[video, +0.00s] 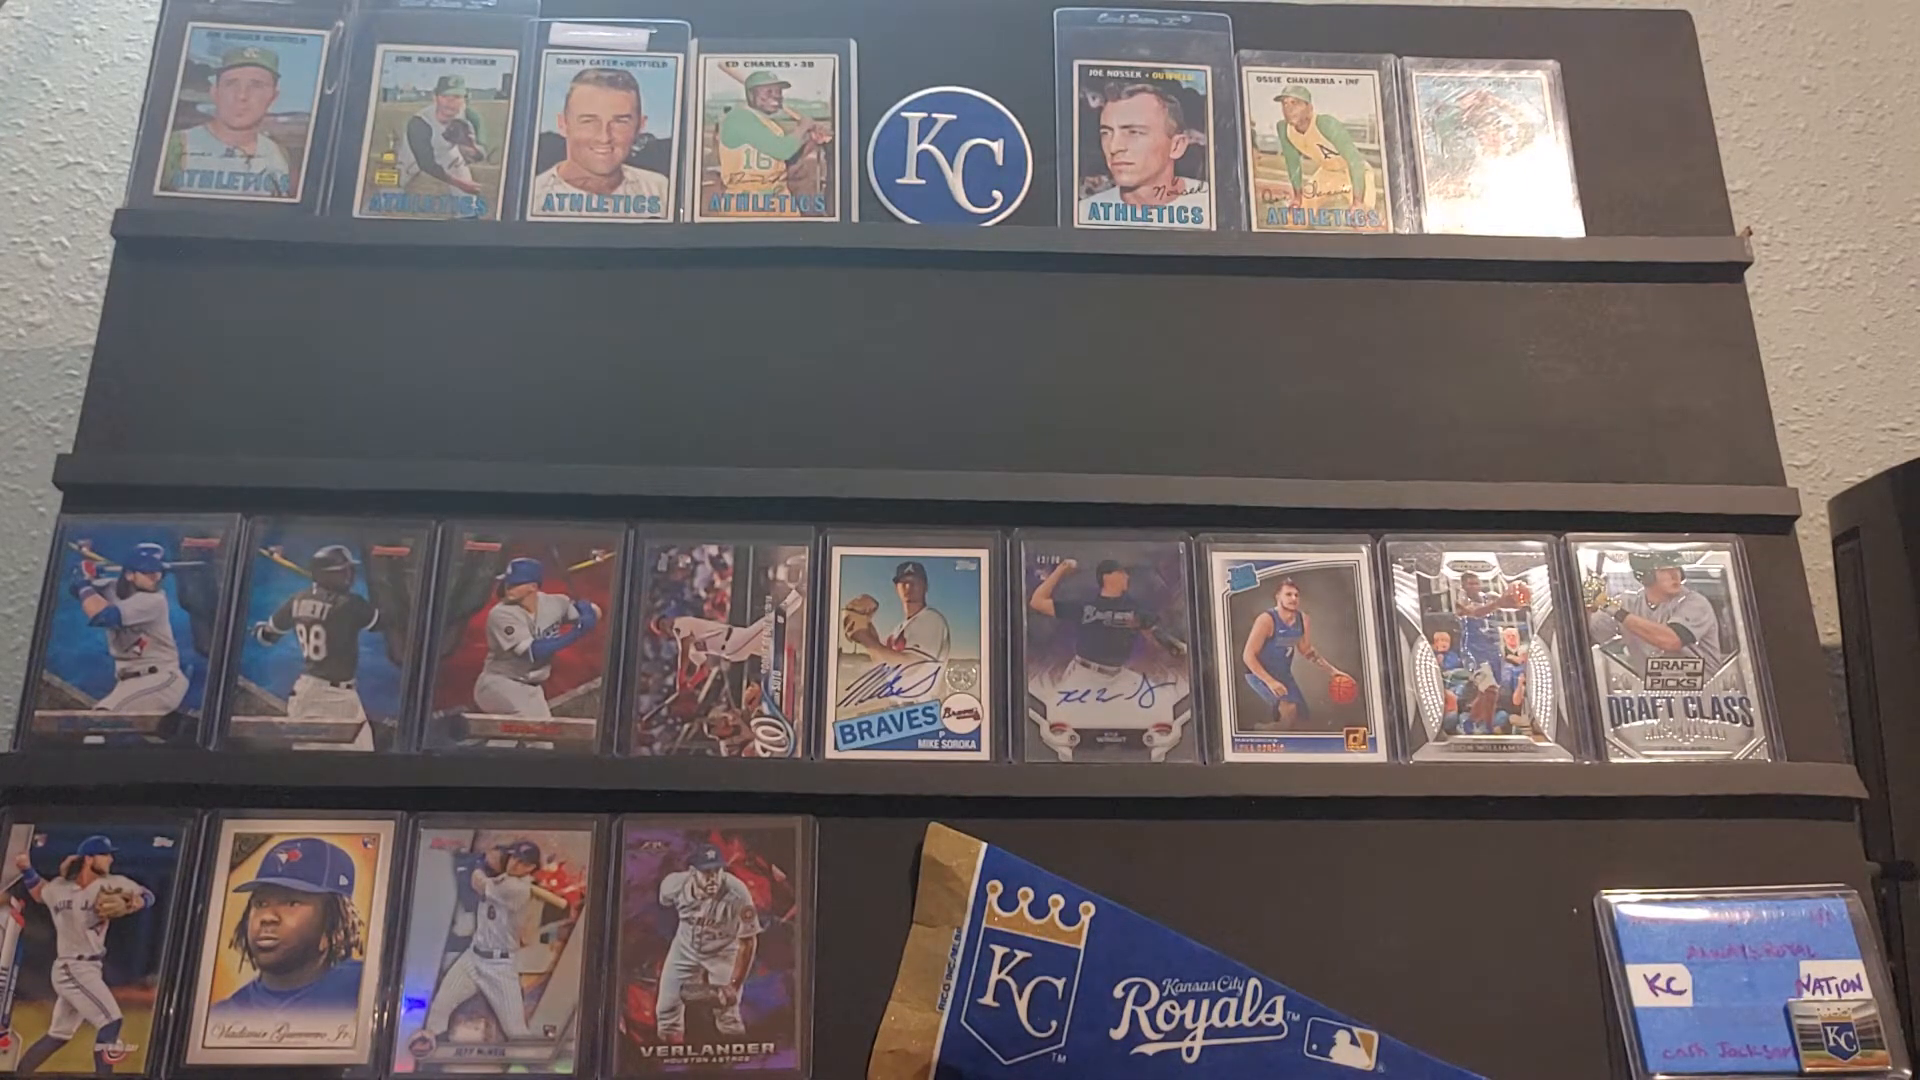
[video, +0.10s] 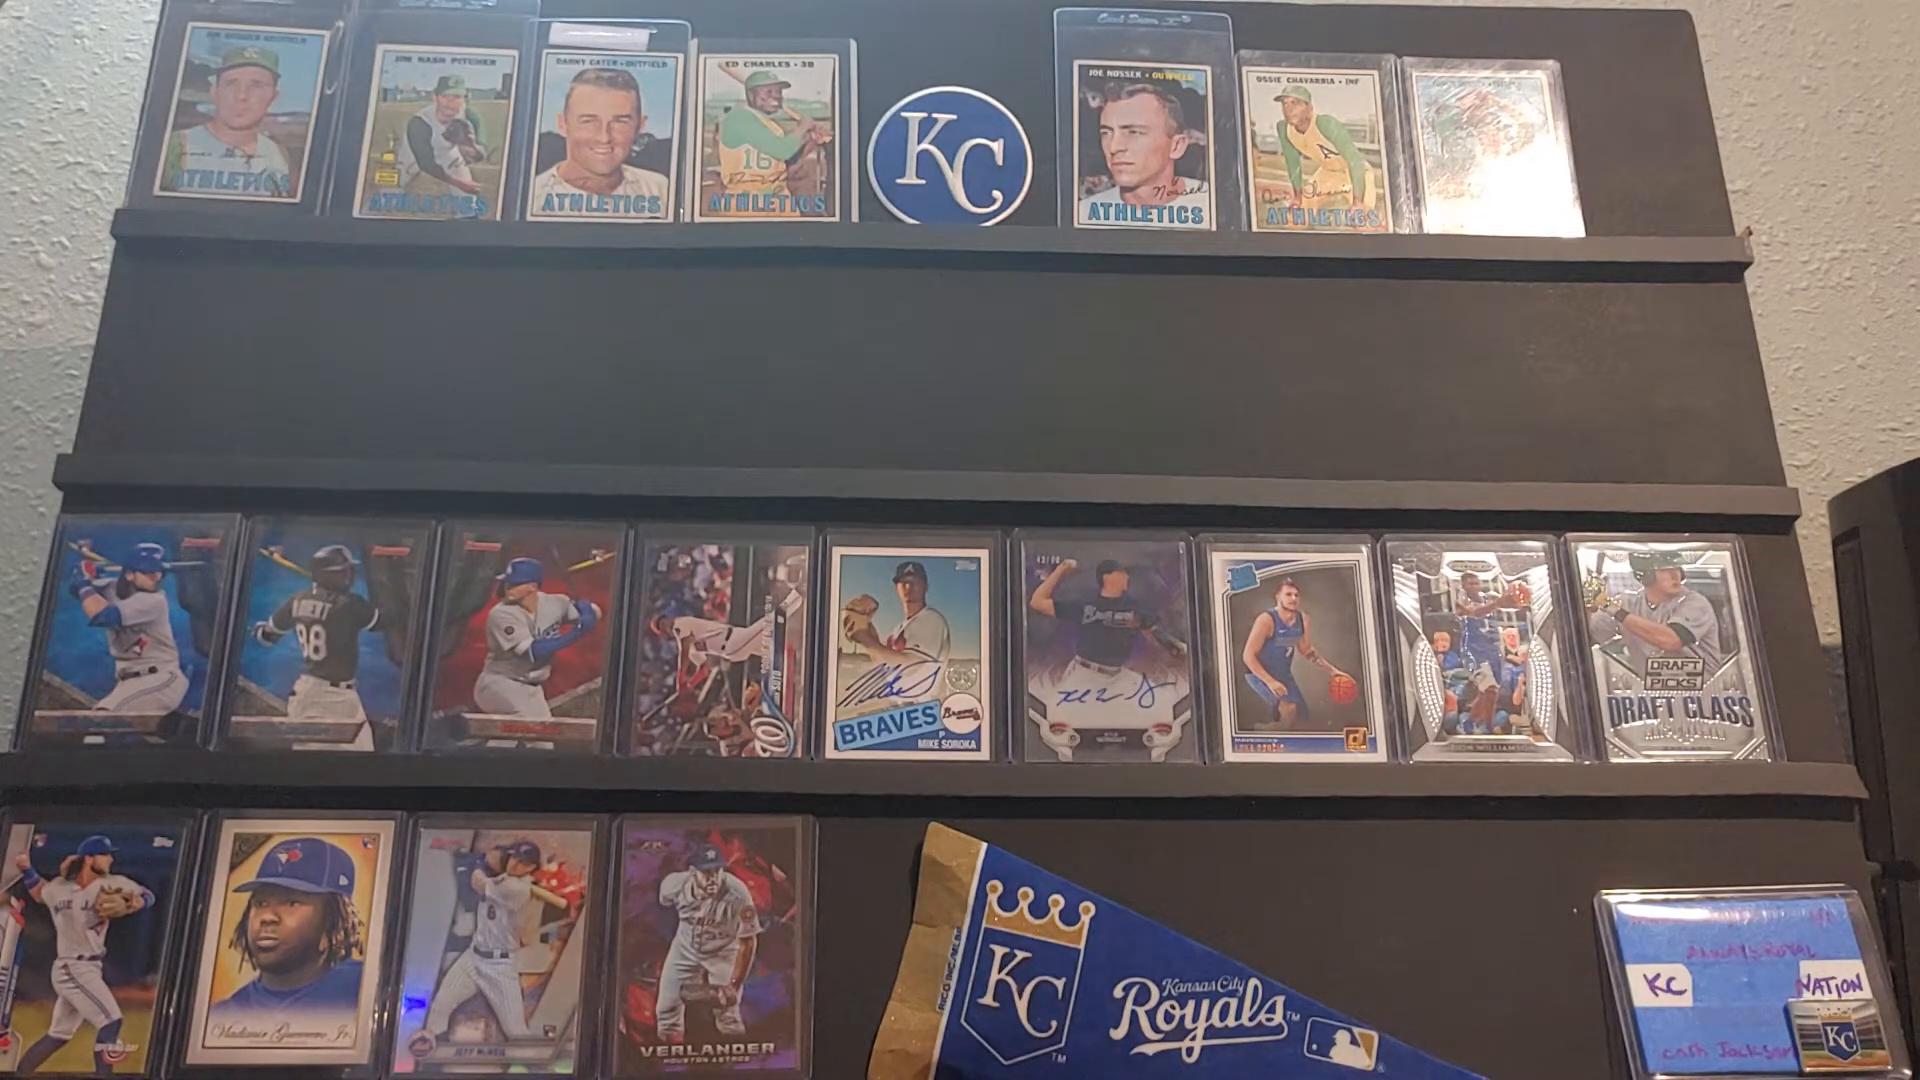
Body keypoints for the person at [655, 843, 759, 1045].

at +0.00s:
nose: (712, 878)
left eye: (716, 871)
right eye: (706, 872)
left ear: (722, 869)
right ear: (693, 871)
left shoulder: (738, 893)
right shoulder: (673, 886)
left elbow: (749, 941)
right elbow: (667, 913)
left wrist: (735, 985)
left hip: (724, 954)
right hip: (684, 948)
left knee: (727, 1014)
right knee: (666, 1009)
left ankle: (740, 1068)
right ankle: (673, 1068)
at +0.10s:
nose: (712, 878)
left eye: (716, 871)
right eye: (706, 872)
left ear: (722, 869)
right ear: (693, 871)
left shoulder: (738, 893)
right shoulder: (673, 886)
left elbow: (749, 941)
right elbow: (667, 912)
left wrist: (735, 985)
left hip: (724, 954)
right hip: (684, 948)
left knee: (727, 1014)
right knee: (666, 1009)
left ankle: (740, 1068)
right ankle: (673, 1068)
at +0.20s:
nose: (712, 878)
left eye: (716, 871)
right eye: (706, 872)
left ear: (722, 869)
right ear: (693, 871)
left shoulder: (738, 893)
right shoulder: (673, 886)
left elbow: (749, 941)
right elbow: (667, 911)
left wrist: (735, 985)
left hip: (724, 954)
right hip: (684, 948)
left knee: (727, 1014)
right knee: (666, 1009)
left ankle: (740, 1068)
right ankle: (673, 1068)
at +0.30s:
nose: (712, 878)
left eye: (716, 871)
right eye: (706, 872)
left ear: (722, 869)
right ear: (693, 871)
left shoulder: (738, 893)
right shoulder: (673, 886)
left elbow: (749, 941)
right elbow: (667, 911)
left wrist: (735, 985)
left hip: (724, 954)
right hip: (684, 948)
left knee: (727, 1015)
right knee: (666, 1009)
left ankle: (740, 1068)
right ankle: (673, 1068)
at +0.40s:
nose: (712, 878)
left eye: (716, 871)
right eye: (706, 872)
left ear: (722, 869)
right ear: (693, 871)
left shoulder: (738, 893)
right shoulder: (673, 886)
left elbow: (749, 941)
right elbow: (667, 912)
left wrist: (735, 985)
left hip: (724, 954)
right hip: (684, 948)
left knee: (727, 1015)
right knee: (666, 1009)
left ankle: (740, 1068)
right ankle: (673, 1068)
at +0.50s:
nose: (712, 878)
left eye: (716, 871)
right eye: (706, 872)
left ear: (722, 869)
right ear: (693, 871)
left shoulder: (738, 893)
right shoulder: (673, 886)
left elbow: (749, 941)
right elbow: (667, 912)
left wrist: (735, 985)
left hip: (724, 954)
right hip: (684, 948)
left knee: (727, 1015)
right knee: (666, 1009)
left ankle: (740, 1068)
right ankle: (673, 1068)